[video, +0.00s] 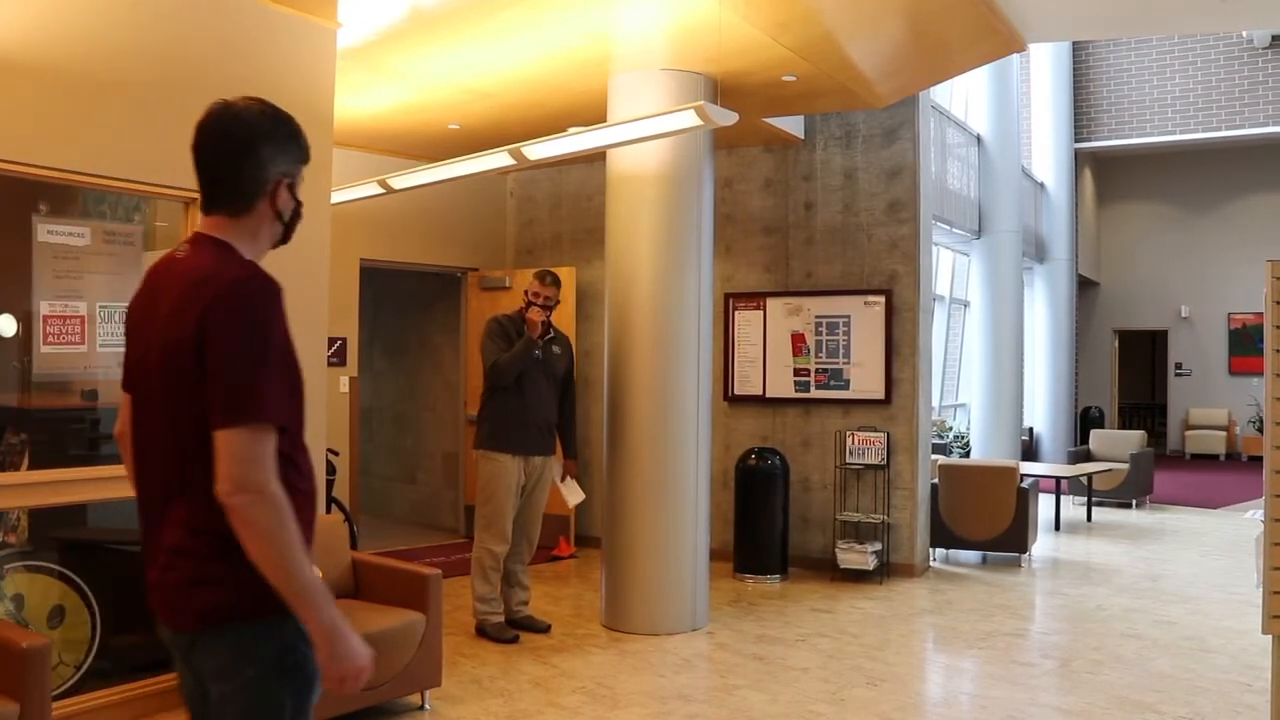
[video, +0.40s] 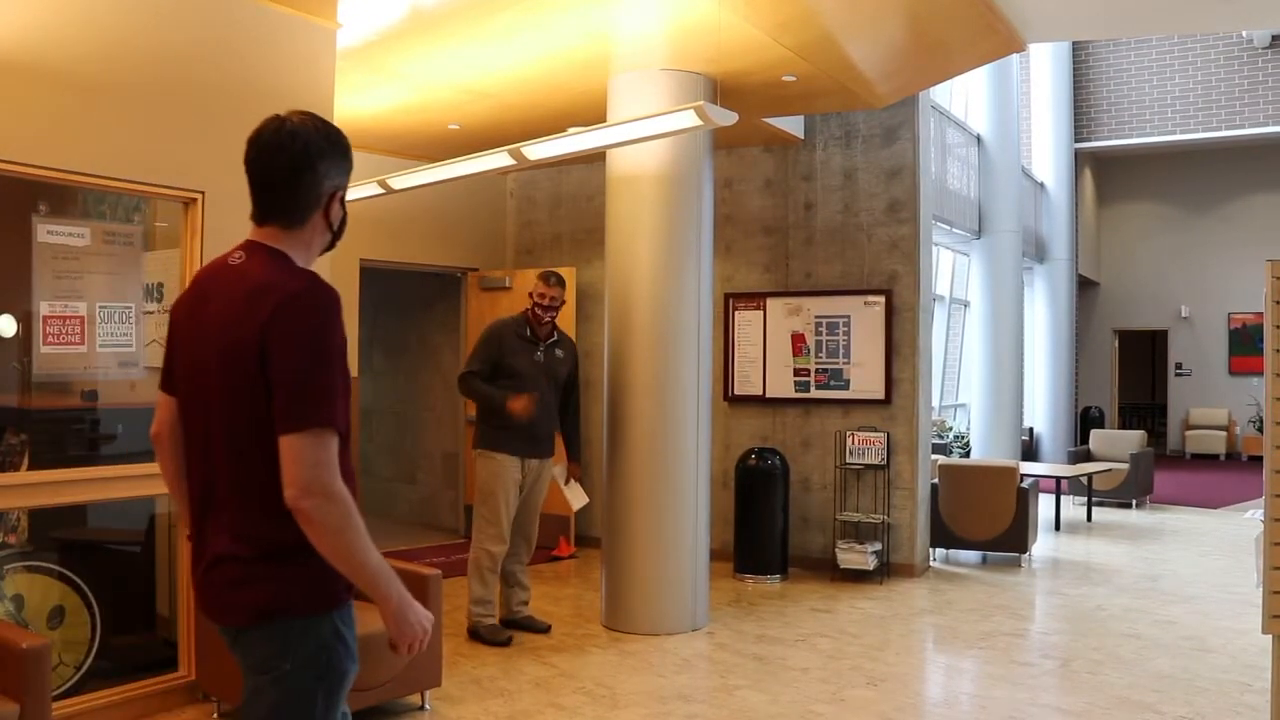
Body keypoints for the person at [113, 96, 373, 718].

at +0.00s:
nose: (300, 201)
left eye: (300, 183)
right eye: (299, 183)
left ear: (209, 180)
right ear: (279, 192)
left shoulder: (160, 280)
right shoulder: (244, 290)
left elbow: (132, 436)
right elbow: (247, 485)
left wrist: (182, 541)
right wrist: (329, 626)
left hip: (188, 603)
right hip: (250, 614)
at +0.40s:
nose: (345, 210)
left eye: (346, 193)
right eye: (346, 193)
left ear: (258, 189)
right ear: (333, 203)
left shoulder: (200, 291)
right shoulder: (304, 299)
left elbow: (166, 432)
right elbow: (311, 486)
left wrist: (205, 529)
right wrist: (395, 600)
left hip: (230, 585)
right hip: (293, 598)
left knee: (282, 703)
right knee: (299, 707)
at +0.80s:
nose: (393, 217)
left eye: (393, 200)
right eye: (389, 200)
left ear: (306, 203)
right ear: (356, 206)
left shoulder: (254, 291)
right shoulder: (344, 296)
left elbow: (219, 433)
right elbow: (353, 472)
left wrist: (254, 533)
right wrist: (438, 568)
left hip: (278, 573)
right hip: (334, 585)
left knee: (337, 706)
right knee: (335, 711)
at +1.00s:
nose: (408, 221)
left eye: (409, 205)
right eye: (406, 204)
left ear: (325, 202)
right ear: (377, 207)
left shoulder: (277, 288)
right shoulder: (363, 293)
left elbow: (238, 425)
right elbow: (386, 458)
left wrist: (296, 490)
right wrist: (511, 521)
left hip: (295, 567)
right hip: (355, 579)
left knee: (338, 707)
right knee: (362, 709)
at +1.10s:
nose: (416, 223)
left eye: (416, 208)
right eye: (414, 207)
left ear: (333, 204)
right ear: (389, 209)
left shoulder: (286, 288)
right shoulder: (373, 293)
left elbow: (247, 422)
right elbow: (399, 453)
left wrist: (313, 477)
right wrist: (533, 506)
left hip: (305, 567)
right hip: (370, 576)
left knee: (333, 711)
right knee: (386, 708)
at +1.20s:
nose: (421, 226)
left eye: (421, 211)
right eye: (420, 210)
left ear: (340, 207)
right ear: (397, 213)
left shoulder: (292, 291)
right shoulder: (381, 295)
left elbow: (254, 422)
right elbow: (408, 450)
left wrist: (326, 462)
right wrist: (540, 496)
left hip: (308, 561)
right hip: (383, 567)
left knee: (339, 712)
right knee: (417, 707)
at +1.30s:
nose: (425, 228)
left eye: (426, 213)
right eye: (426, 212)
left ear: (347, 207)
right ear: (408, 216)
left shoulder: (299, 292)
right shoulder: (388, 294)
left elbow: (261, 422)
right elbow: (414, 448)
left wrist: (333, 463)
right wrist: (544, 492)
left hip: (318, 555)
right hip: (391, 562)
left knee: (349, 712)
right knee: (443, 707)